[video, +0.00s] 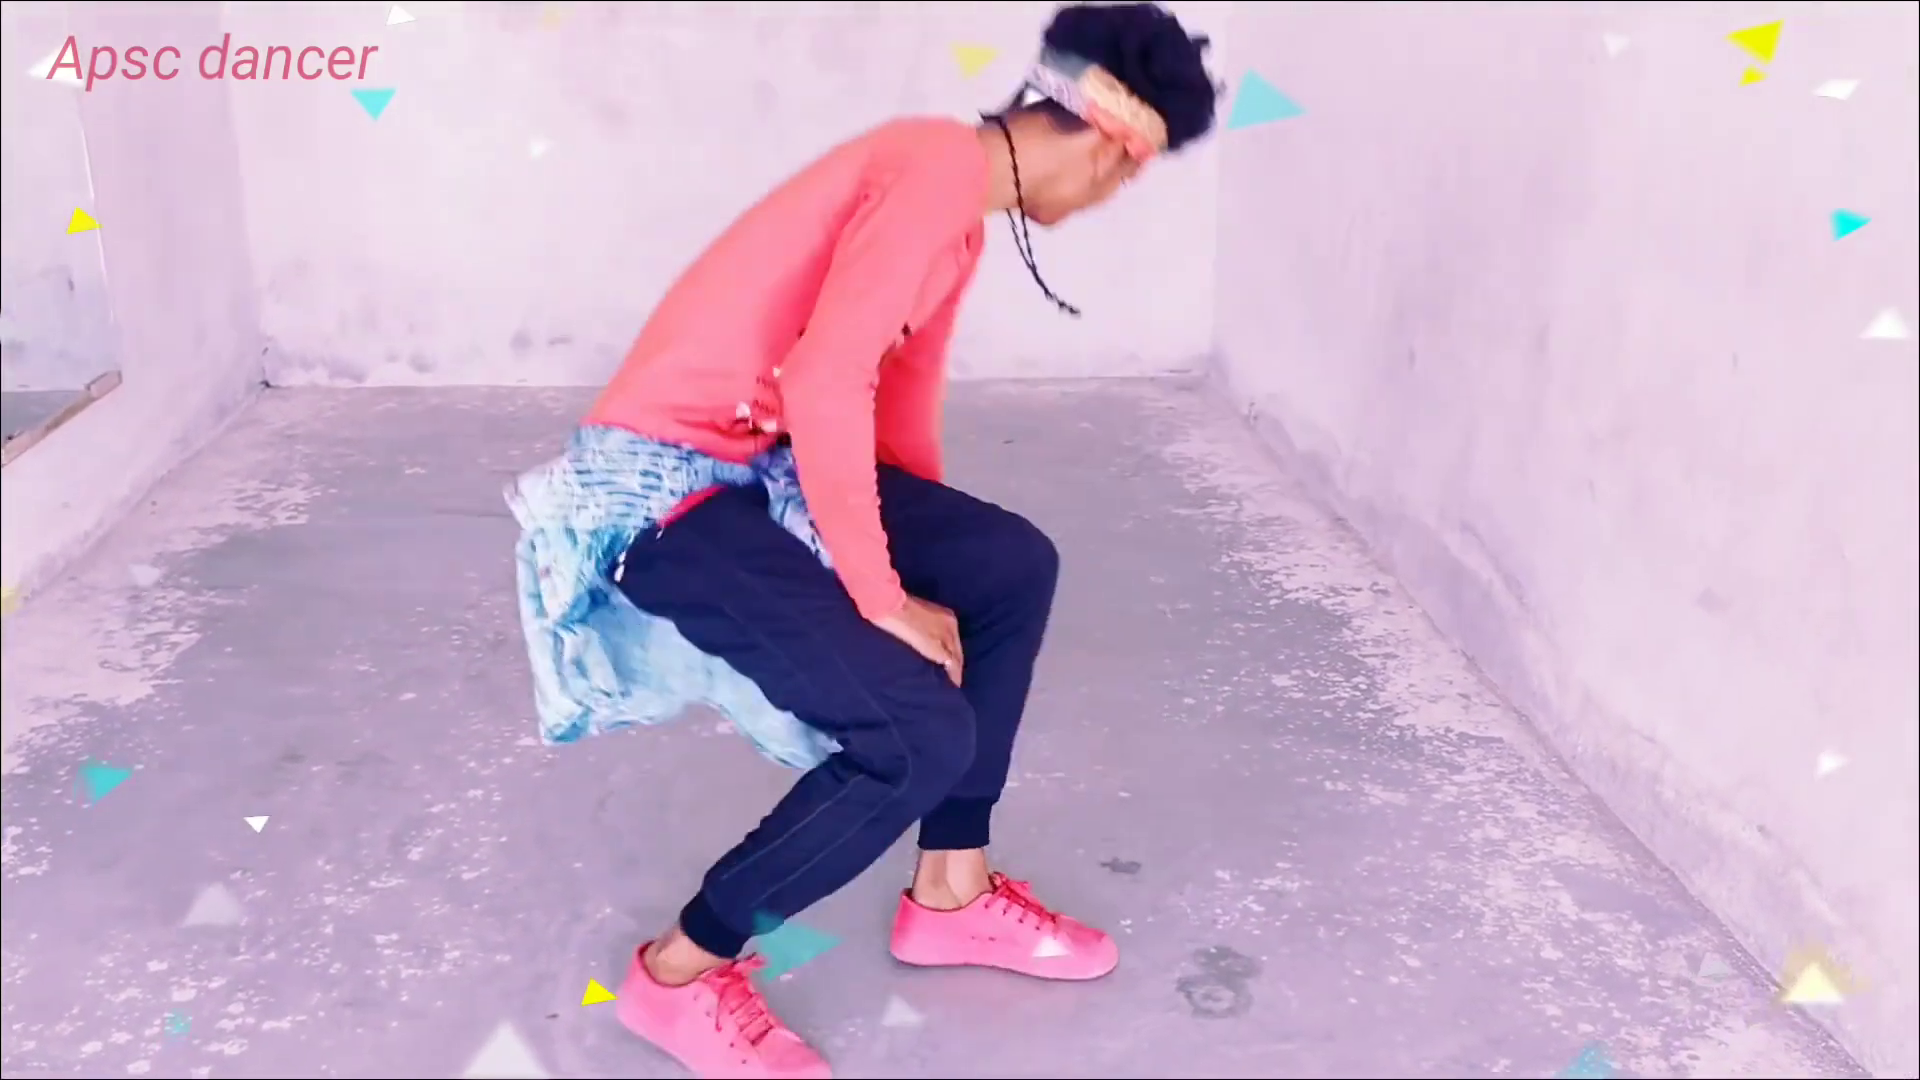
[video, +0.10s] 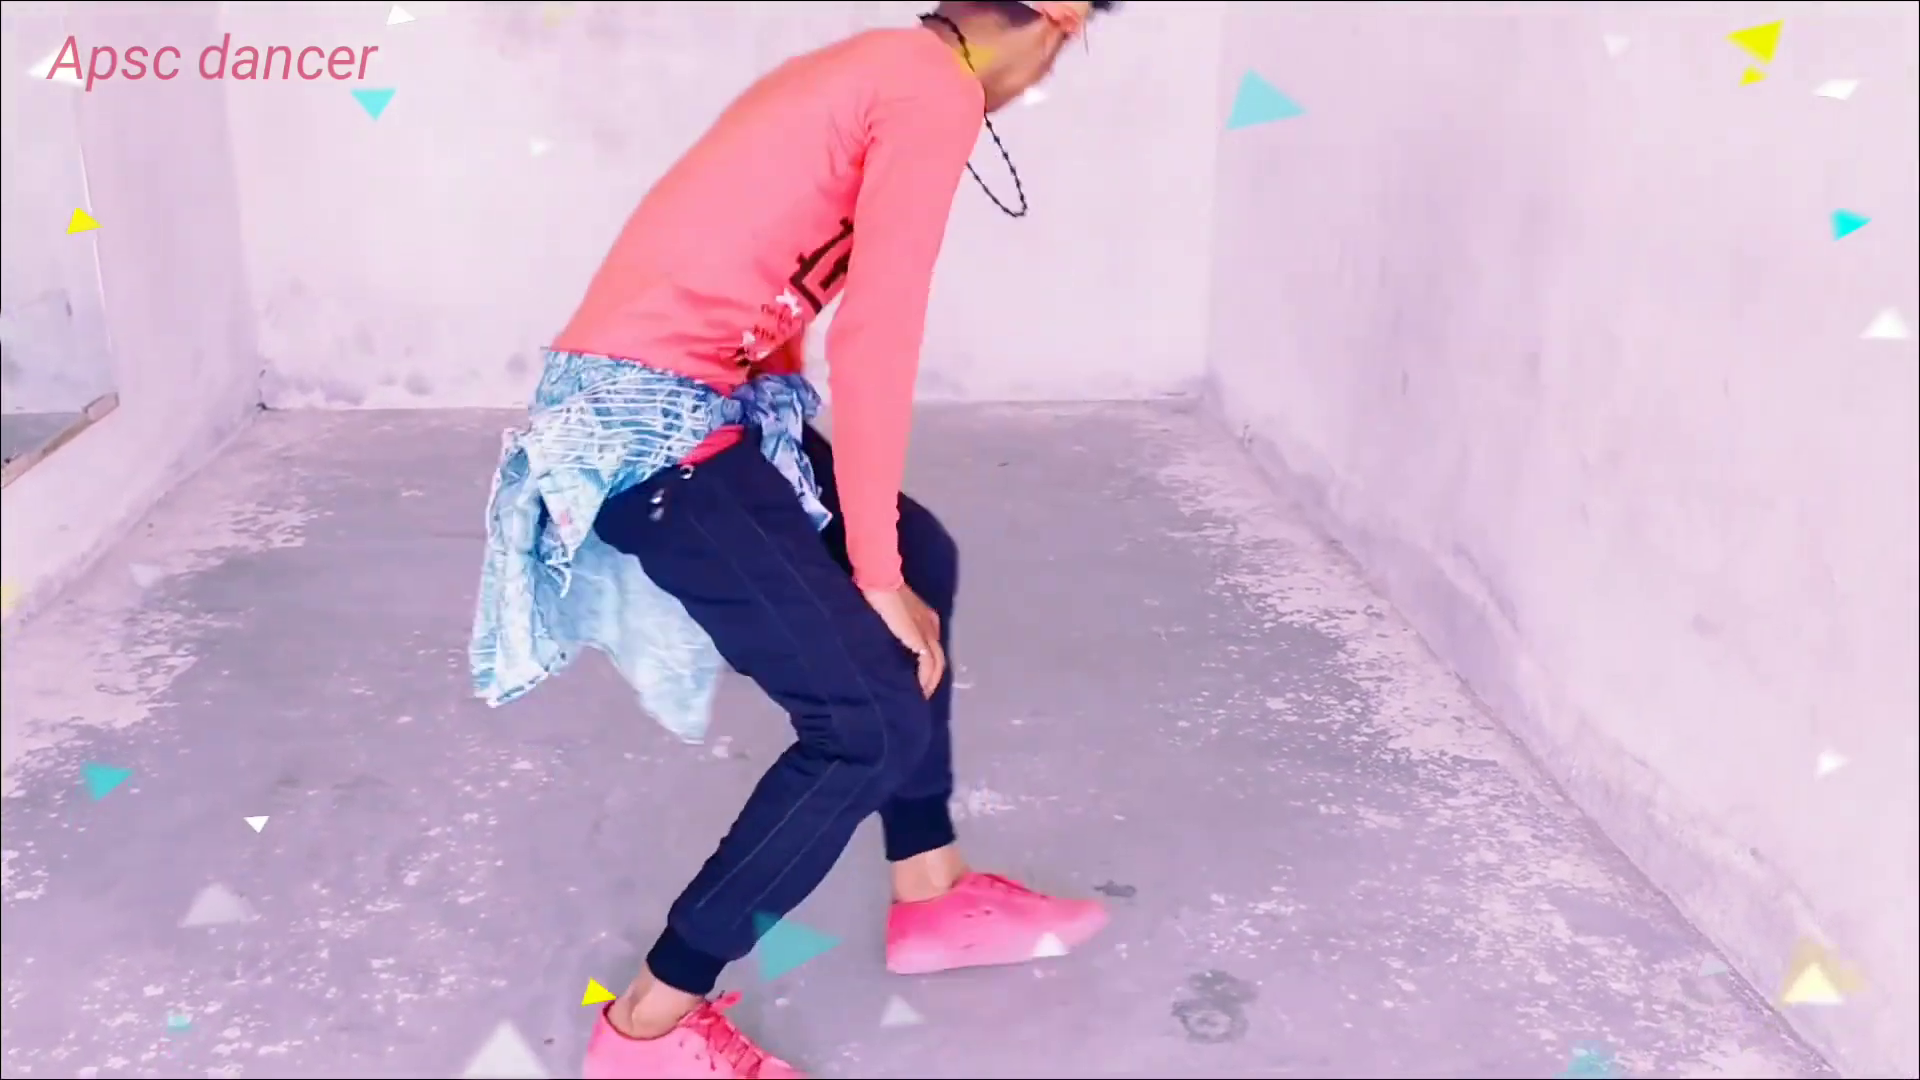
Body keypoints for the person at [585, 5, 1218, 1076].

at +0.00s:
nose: (1112, 197)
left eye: (1129, 176)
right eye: (1130, 171)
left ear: (1061, 105)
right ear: (1110, 134)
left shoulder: (959, 211)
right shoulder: (940, 171)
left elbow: (909, 408)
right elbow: (825, 377)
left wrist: (929, 580)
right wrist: (882, 602)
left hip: (758, 470)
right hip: (662, 493)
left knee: (1010, 561)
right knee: (923, 732)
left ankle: (951, 890)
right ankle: (681, 964)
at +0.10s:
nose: (1050, 72)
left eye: (1066, 45)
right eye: (1067, 40)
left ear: (963, 3)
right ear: (1041, 16)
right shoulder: (933, 88)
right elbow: (873, 341)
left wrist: (836, 502)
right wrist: (879, 578)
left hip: (711, 412)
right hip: (649, 434)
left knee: (919, 558)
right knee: (872, 726)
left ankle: (930, 889)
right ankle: (655, 1014)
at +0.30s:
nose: (914, 40)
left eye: (909, 27)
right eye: (920, 26)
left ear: (807, 15)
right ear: (912, 22)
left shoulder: (713, 89)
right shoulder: (896, 111)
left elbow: (625, 266)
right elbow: (881, 347)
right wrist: (866, 571)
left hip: (572, 427)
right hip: (688, 447)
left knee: (744, 637)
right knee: (823, 791)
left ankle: (679, 899)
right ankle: (685, 1065)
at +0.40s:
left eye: (759, 42)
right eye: (847, 60)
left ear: (746, 54)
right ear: (859, 69)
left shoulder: (659, 171)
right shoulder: (862, 188)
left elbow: (541, 355)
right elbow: (860, 400)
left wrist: (487, 517)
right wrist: (851, 613)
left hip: (562, 514)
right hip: (695, 523)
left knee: (633, 762)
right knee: (787, 854)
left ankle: (641, 1001)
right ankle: (705, 1072)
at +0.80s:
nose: (650, 162)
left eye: (632, 145)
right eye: (681, 147)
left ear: (615, 154)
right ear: (710, 156)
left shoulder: (558, 268)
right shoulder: (748, 274)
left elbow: (524, 431)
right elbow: (785, 437)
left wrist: (519, 580)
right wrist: (815, 589)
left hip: (583, 571)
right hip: (699, 565)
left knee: (631, 831)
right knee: (714, 774)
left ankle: (674, 1061)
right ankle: (732, 971)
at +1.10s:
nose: (575, 160)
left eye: (576, 149)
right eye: (583, 149)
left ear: (585, 159)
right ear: (663, 163)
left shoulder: (553, 258)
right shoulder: (700, 269)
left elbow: (524, 407)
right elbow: (705, 420)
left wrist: (500, 537)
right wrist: (684, 519)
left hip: (592, 532)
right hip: (686, 526)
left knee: (557, 725)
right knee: (727, 721)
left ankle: (680, 899)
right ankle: (779, 934)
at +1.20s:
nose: (535, 164)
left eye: (536, 152)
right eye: (546, 150)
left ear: (544, 164)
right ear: (618, 160)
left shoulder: (532, 261)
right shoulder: (658, 256)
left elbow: (503, 399)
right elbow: (636, 373)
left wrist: (465, 527)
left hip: (588, 529)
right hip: (678, 515)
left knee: (527, 688)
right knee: (725, 721)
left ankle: (583, 882)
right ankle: (785, 920)